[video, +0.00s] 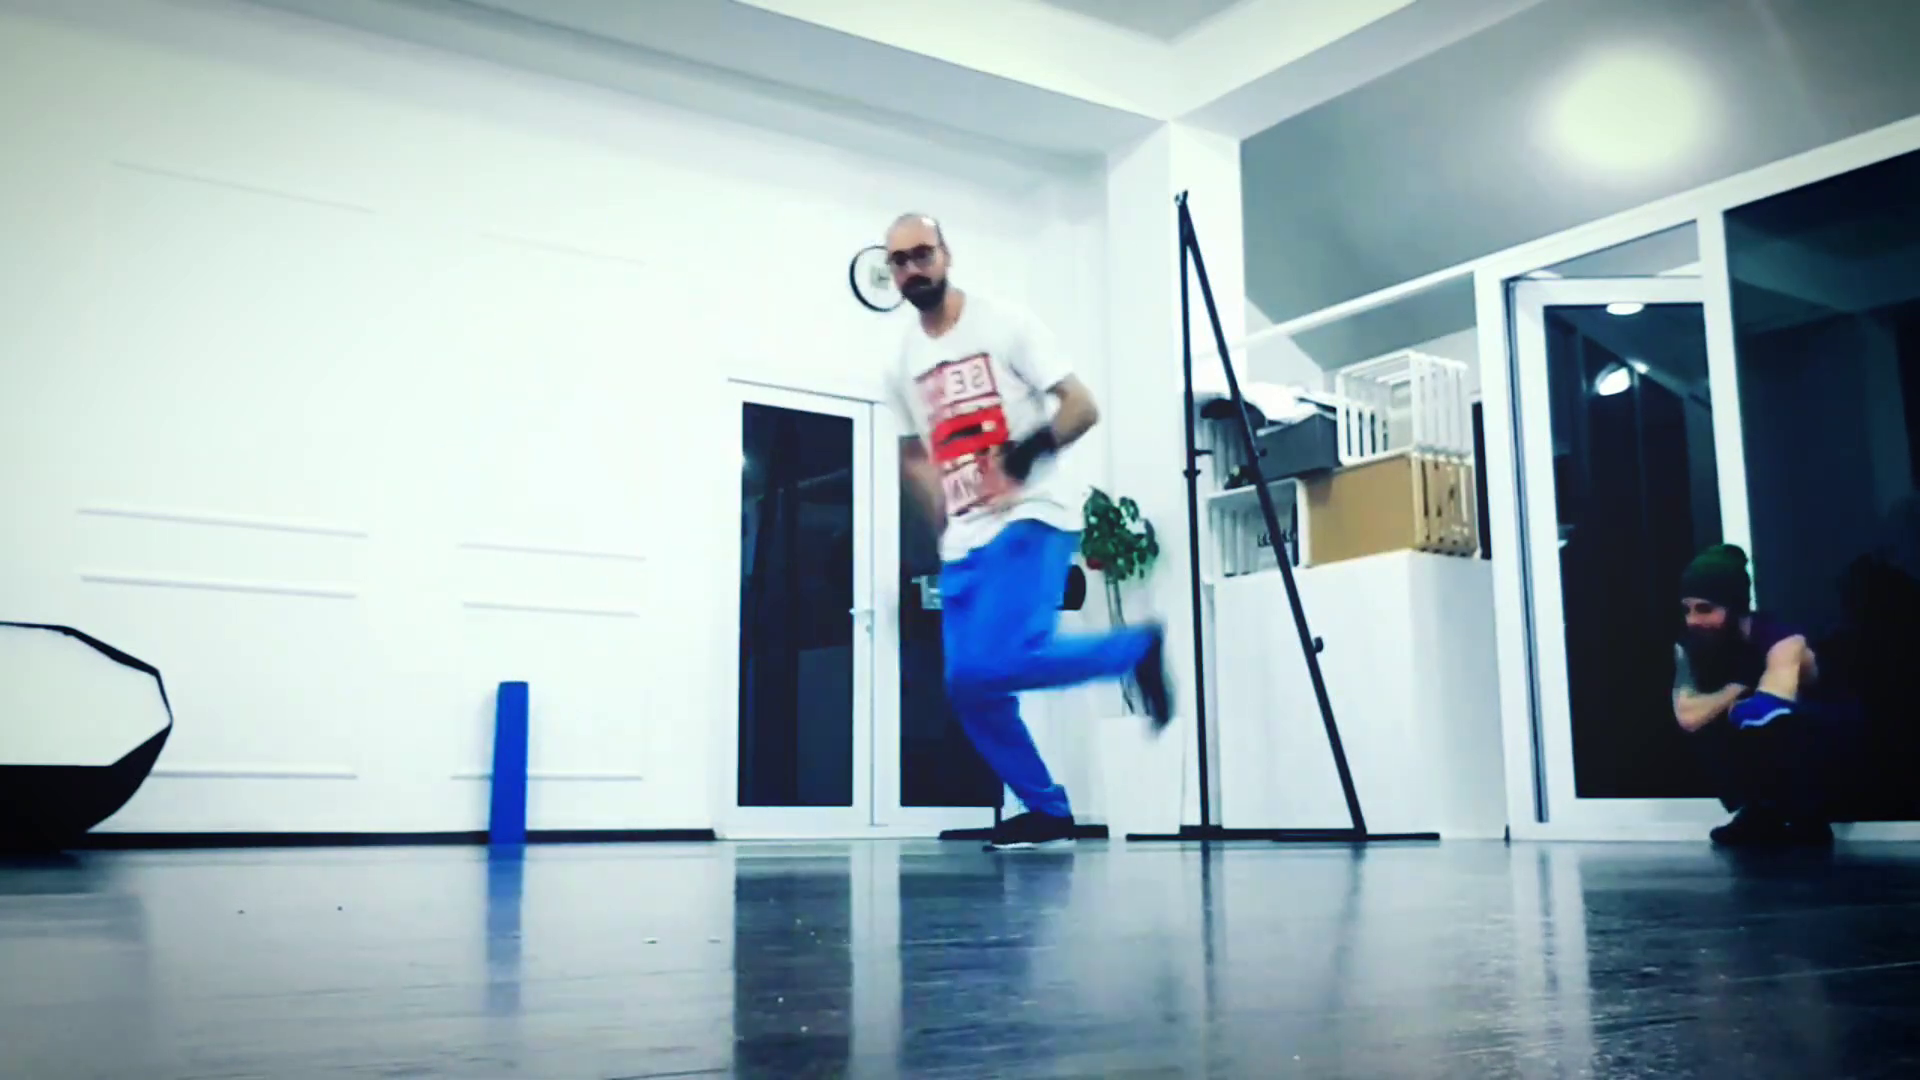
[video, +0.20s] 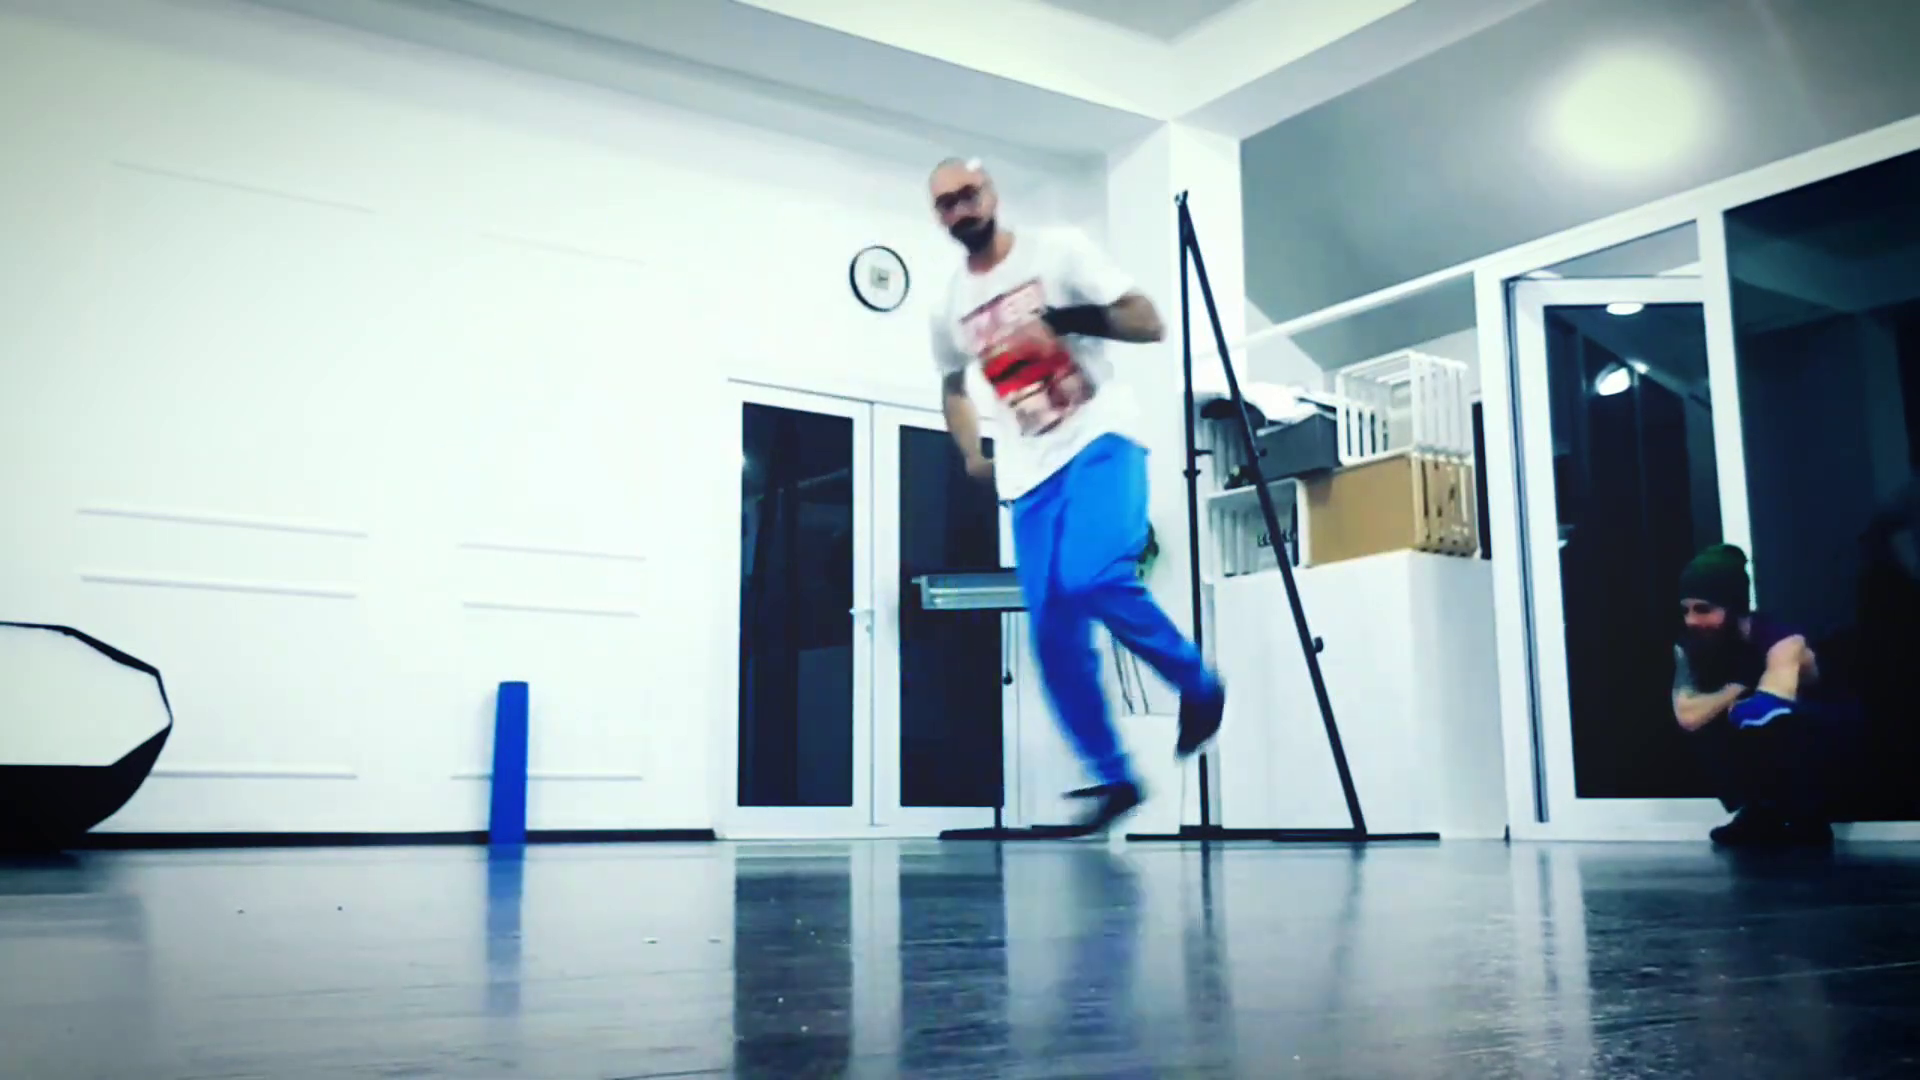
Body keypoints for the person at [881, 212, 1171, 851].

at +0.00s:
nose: (912, 269)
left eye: (921, 254)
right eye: (899, 261)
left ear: (947, 258)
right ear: (889, 274)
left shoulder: (1002, 323)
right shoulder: (903, 359)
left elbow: (1081, 405)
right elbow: (915, 456)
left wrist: (1032, 446)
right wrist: (939, 538)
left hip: (1031, 515)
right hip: (964, 536)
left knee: (997, 657)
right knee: (968, 681)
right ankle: (1047, 809)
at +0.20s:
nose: (961, 210)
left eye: (969, 194)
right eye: (946, 203)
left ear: (993, 193)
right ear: (936, 215)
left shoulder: (1057, 250)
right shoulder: (948, 304)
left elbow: (1151, 323)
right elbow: (954, 386)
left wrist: (1071, 321)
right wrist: (972, 455)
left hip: (1099, 443)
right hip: (1029, 475)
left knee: (1091, 578)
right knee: (1051, 627)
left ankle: (1198, 683)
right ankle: (1115, 779)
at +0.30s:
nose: (1001, 205)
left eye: (1010, 190)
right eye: (987, 196)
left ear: (1033, 192)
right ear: (974, 208)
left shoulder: (1100, 258)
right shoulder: (977, 303)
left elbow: (1170, 345)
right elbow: (966, 400)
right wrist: (976, 459)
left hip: (1129, 455)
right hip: (1056, 481)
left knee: (1128, 587)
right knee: (1095, 619)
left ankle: (1190, 767)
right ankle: (1205, 776)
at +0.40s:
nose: (1046, 219)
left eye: (1057, 207)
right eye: (1033, 209)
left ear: (1079, 215)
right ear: (1017, 222)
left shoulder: (1135, 295)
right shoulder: (1007, 325)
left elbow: (1189, 399)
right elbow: (985, 432)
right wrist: (986, 405)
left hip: (1158, 482)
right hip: (1085, 513)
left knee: (1155, 617)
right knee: (1161, 647)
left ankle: (1182, 787)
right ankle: (1253, 797)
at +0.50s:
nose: (1084, 197)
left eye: (1096, 185)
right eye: (1071, 187)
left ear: (1116, 193)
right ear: (1051, 200)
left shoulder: (1163, 283)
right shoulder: (1039, 291)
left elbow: (1200, 397)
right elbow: (1009, 395)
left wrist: (1230, 491)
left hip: (1156, 470)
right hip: (1079, 495)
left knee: (1145, 597)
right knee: (1112, 672)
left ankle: (1191, 789)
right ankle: (1211, 764)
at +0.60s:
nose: (1114, 181)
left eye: (1127, 169)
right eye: (1100, 168)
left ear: (1144, 182)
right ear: (1077, 181)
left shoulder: (1181, 283)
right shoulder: (1037, 264)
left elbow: (1205, 402)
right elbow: (1023, 371)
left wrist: (1228, 501)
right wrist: (1079, 334)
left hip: (1153, 481)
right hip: (1059, 493)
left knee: (1140, 627)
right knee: (1034, 655)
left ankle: (1188, 805)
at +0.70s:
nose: (1128, 159)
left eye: (1142, 146)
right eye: (1114, 145)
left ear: (1161, 161)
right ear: (1091, 159)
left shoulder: (1186, 272)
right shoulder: (1045, 242)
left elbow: (1195, 392)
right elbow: (1031, 353)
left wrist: (1206, 495)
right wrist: (1070, 402)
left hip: (1145, 477)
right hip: (1051, 474)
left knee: (1140, 628)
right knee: (1028, 601)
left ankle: (1182, 803)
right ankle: (955, 786)